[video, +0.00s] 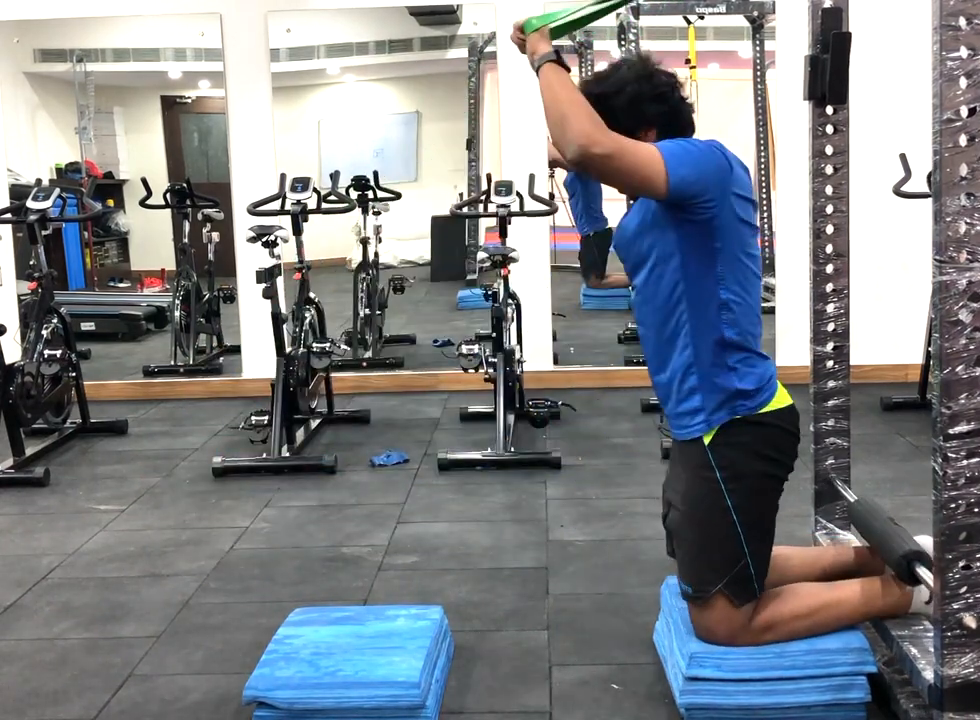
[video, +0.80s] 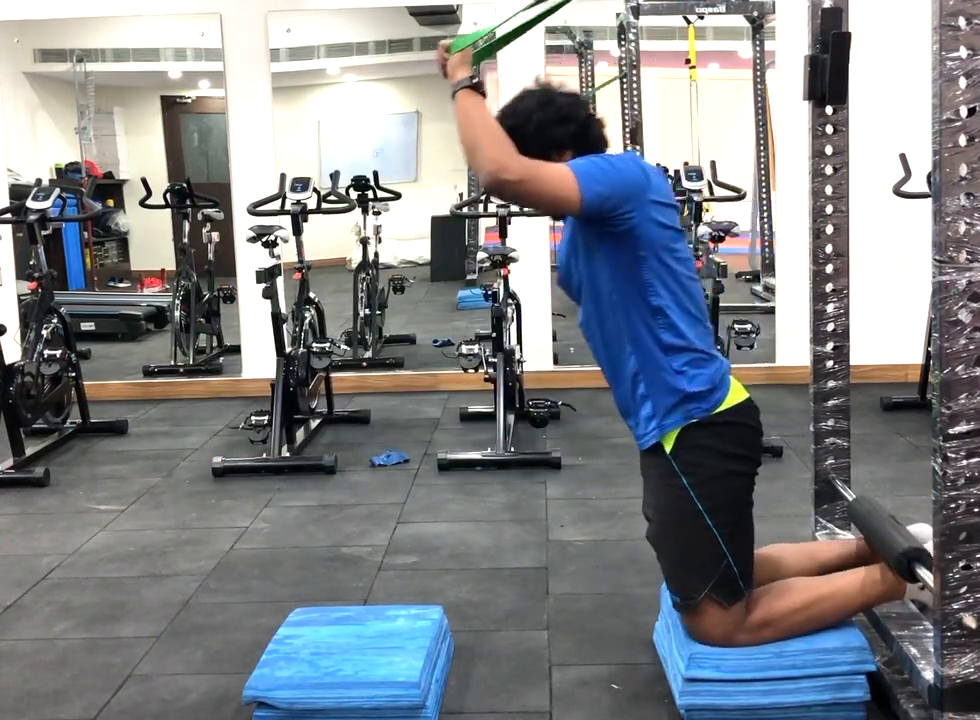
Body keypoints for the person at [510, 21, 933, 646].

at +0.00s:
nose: (606, 155)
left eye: (608, 140)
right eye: (601, 142)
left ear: (641, 132)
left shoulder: (703, 165)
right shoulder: (659, 196)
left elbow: (587, 145)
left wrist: (545, 58)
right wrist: (575, 167)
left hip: (735, 426)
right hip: (699, 427)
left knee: (725, 621)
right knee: (706, 575)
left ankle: (905, 590)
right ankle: (872, 557)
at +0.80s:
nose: (527, 181)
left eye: (525, 166)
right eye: (521, 166)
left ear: (553, 151)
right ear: (571, 144)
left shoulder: (623, 177)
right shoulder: (599, 206)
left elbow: (501, 171)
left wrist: (460, 86)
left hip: (699, 428)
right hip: (673, 431)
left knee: (718, 621)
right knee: (712, 576)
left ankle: (901, 575)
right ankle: (863, 547)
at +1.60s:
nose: (310, 357)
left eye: (309, 343)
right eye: (306, 342)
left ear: (329, 321)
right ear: (345, 304)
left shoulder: (404, 314)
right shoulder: (406, 311)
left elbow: (280, 366)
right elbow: (295, 365)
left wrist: (270, 272)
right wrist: (282, 273)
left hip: (615, 465)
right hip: (613, 449)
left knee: (726, 630)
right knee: (712, 586)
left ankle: (904, 568)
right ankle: (867, 538)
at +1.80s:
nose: (280, 425)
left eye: (275, 411)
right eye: (274, 412)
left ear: (294, 393)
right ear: (305, 355)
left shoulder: (361, 371)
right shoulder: (365, 361)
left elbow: (240, 448)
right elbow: (262, 441)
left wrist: (216, 358)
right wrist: (234, 358)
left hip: (593, 470)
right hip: (594, 448)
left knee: (725, 633)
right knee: (715, 586)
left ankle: (901, 570)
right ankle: (863, 538)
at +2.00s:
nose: (244, 479)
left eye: (241, 465)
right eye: (238, 467)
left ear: (263, 441)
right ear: (273, 405)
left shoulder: (325, 428)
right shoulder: (337, 403)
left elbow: (218, 518)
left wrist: (179, 431)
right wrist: (217, 424)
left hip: (574, 496)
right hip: (578, 464)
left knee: (725, 625)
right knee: (710, 586)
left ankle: (904, 567)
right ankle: (863, 536)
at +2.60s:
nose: (230, 604)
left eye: (221, 595)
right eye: (219, 589)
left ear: (241, 573)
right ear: (239, 538)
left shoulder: (296, 540)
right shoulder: (310, 510)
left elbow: (209, 651)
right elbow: (243, 621)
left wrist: (149, 594)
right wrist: (181, 584)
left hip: (546, 533)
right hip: (547, 493)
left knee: (727, 622)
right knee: (716, 583)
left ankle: (906, 563)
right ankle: (865, 531)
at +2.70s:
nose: (231, 606)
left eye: (230, 597)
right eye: (220, 591)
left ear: (241, 575)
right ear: (239, 540)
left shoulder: (295, 543)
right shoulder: (310, 510)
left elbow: (208, 653)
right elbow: (243, 621)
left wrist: (147, 596)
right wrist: (180, 585)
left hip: (545, 534)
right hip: (547, 493)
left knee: (727, 621)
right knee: (716, 579)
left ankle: (903, 564)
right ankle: (869, 531)